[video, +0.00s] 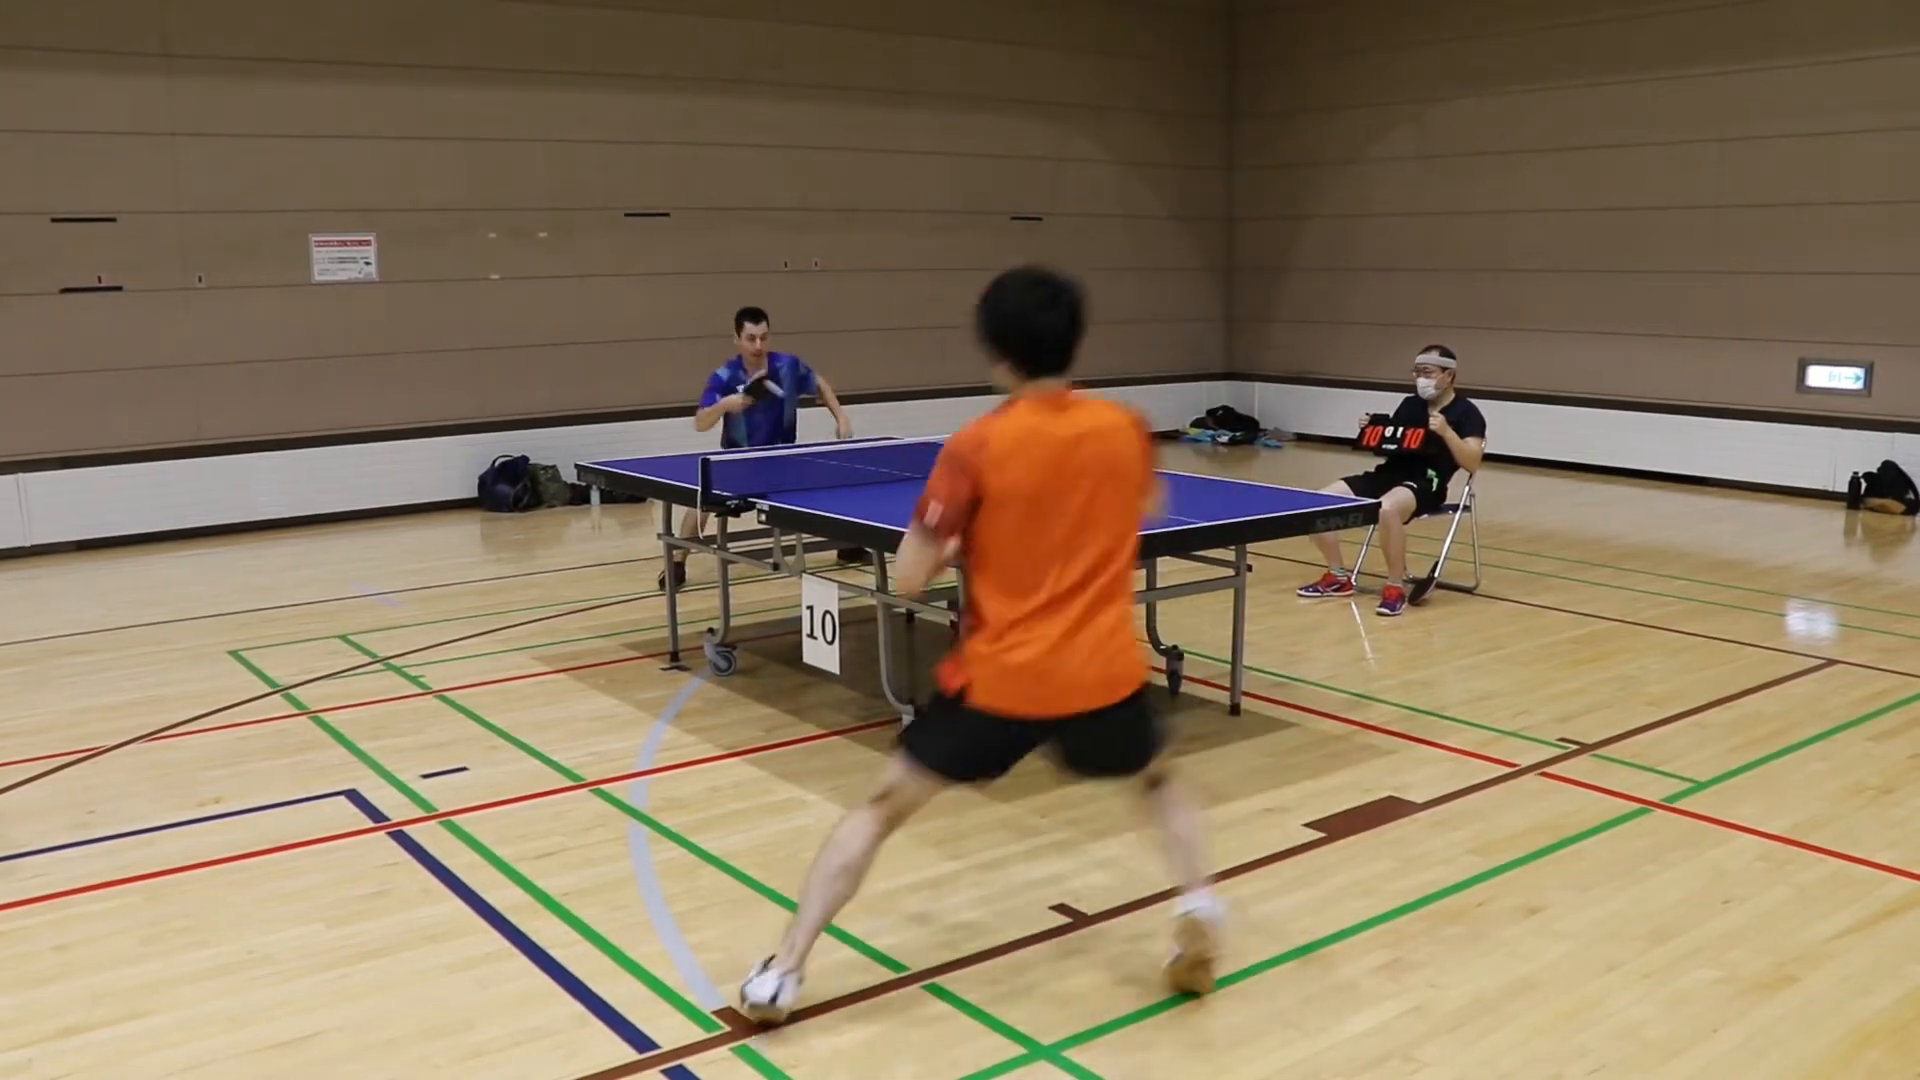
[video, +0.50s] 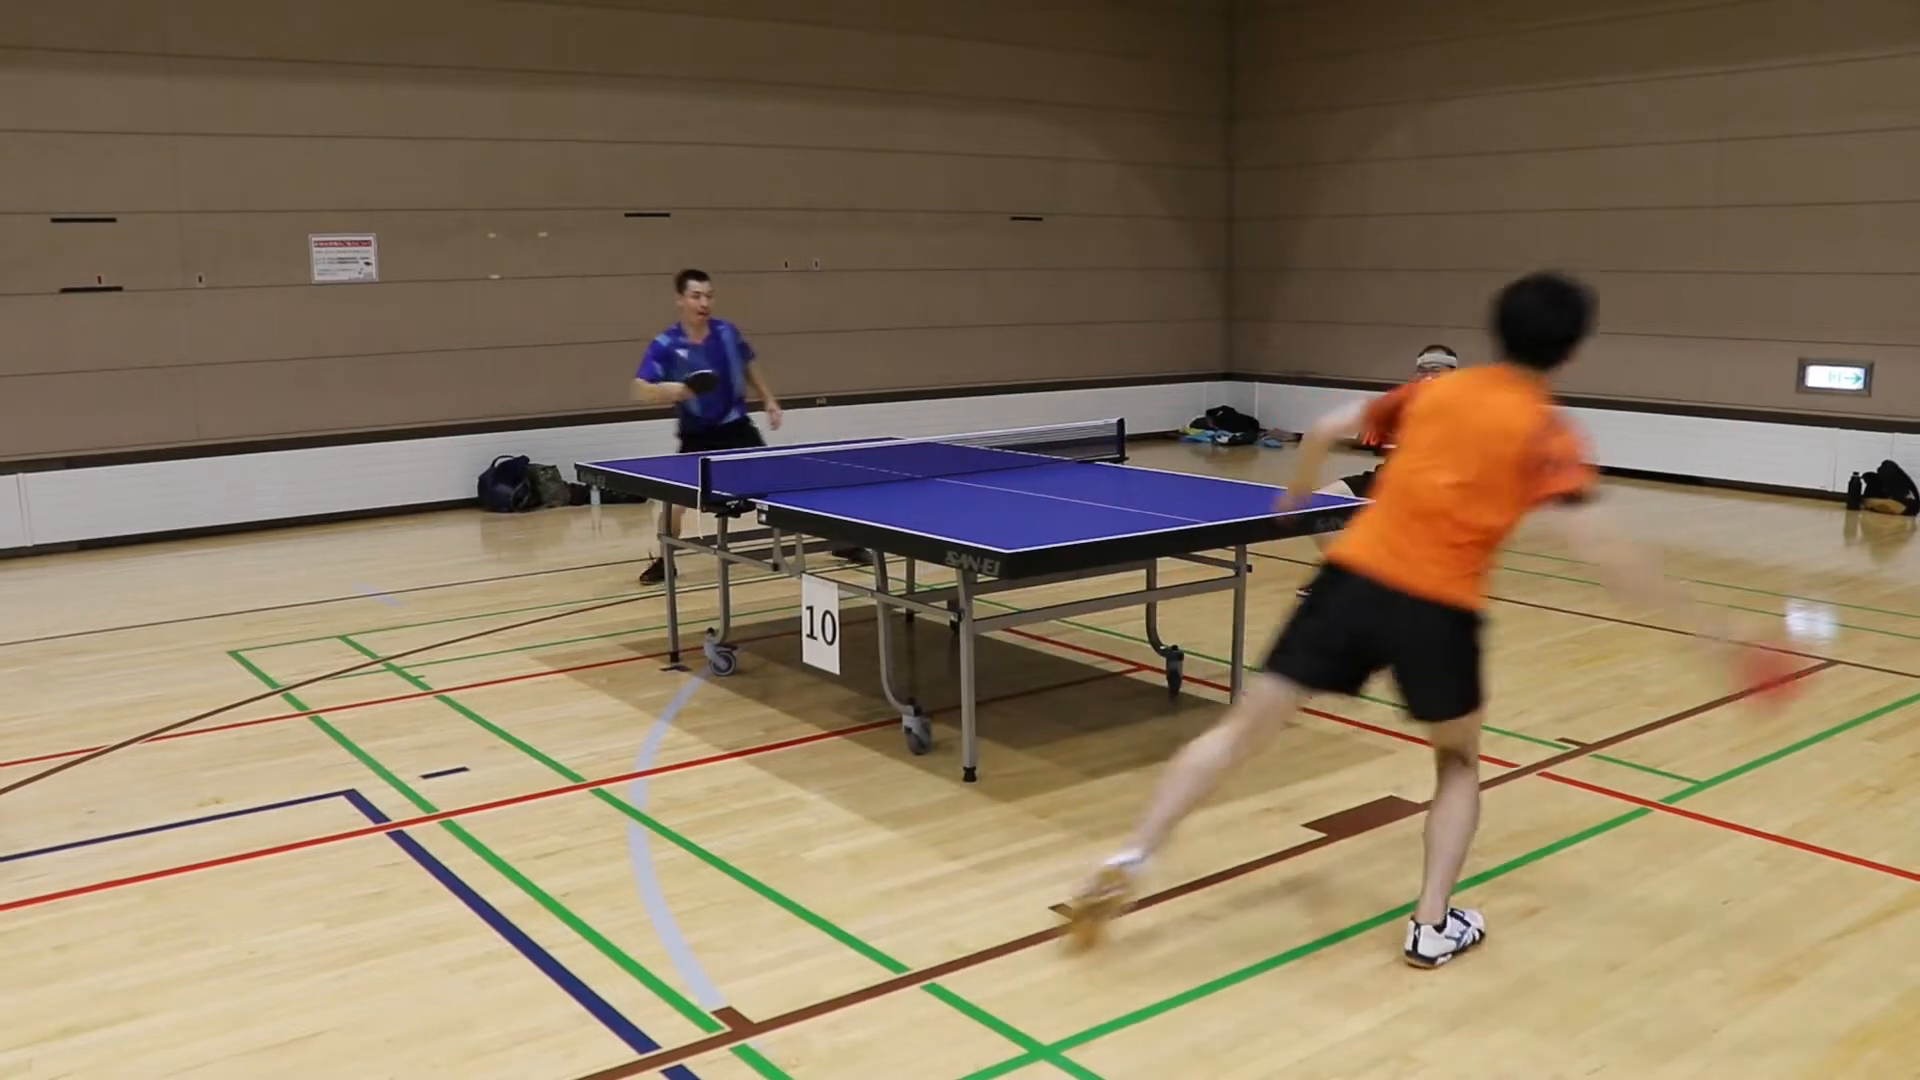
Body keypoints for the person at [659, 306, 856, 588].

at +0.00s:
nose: (758, 345)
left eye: (763, 338)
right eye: (751, 339)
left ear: (769, 336)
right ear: (737, 339)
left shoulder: (789, 367)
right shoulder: (724, 376)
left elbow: (820, 386)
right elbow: (701, 424)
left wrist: (841, 417)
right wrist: (725, 405)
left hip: (784, 462)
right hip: (738, 465)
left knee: (834, 481)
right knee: (703, 499)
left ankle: (848, 544)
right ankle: (676, 564)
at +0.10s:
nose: (759, 336)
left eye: (764, 328)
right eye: (752, 329)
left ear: (769, 329)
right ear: (738, 331)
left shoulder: (785, 359)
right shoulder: (725, 369)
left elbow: (810, 380)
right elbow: (704, 411)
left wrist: (836, 406)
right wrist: (726, 394)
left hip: (782, 454)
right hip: (737, 458)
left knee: (829, 480)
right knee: (700, 498)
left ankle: (847, 544)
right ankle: (676, 563)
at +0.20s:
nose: (756, 321)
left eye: (760, 314)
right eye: (748, 314)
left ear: (766, 315)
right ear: (733, 317)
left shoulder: (779, 346)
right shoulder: (720, 357)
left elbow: (799, 369)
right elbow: (700, 401)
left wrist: (824, 396)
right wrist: (722, 384)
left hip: (778, 442)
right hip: (734, 446)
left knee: (820, 480)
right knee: (698, 496)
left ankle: (848, 544)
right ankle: (675, 564)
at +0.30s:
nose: (747, 312)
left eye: (751, 305)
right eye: (740, 306)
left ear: (757, 307)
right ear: (724, 309)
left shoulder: (773, 339)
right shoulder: (711, 350)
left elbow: (794, 366)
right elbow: (687, 395)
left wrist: (815, 393)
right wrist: (712, 384)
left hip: (774, 436)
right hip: (729, 440)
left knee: (813, 482)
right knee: (691, 491)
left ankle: (847, 543)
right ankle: (668, 558)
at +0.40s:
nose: (730, 311)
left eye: (734, 304)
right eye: (722, 304)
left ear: (739, 306)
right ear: (706, 309)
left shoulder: (756, 339)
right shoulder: (695, 351)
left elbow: (779, 367)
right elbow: (668, 397)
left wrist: (798, 400)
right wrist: (705, 390)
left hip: (764, 435)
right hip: (719, 441)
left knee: (806, 482)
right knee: (682, 493)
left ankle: (845, 542)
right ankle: (667, 559)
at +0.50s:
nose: (704, 303)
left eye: (708, 296)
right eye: (696, 296)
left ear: (713, 300)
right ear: (679, 300)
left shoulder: (726, 333)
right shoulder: (666, 344)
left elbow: (748, 366)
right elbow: (640, 390)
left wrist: (769, 400)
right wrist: (680, 390)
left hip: (739, 430)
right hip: (697, 437)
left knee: (782, 481)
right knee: (674, 500)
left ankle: (839, 538)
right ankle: (664, 559)